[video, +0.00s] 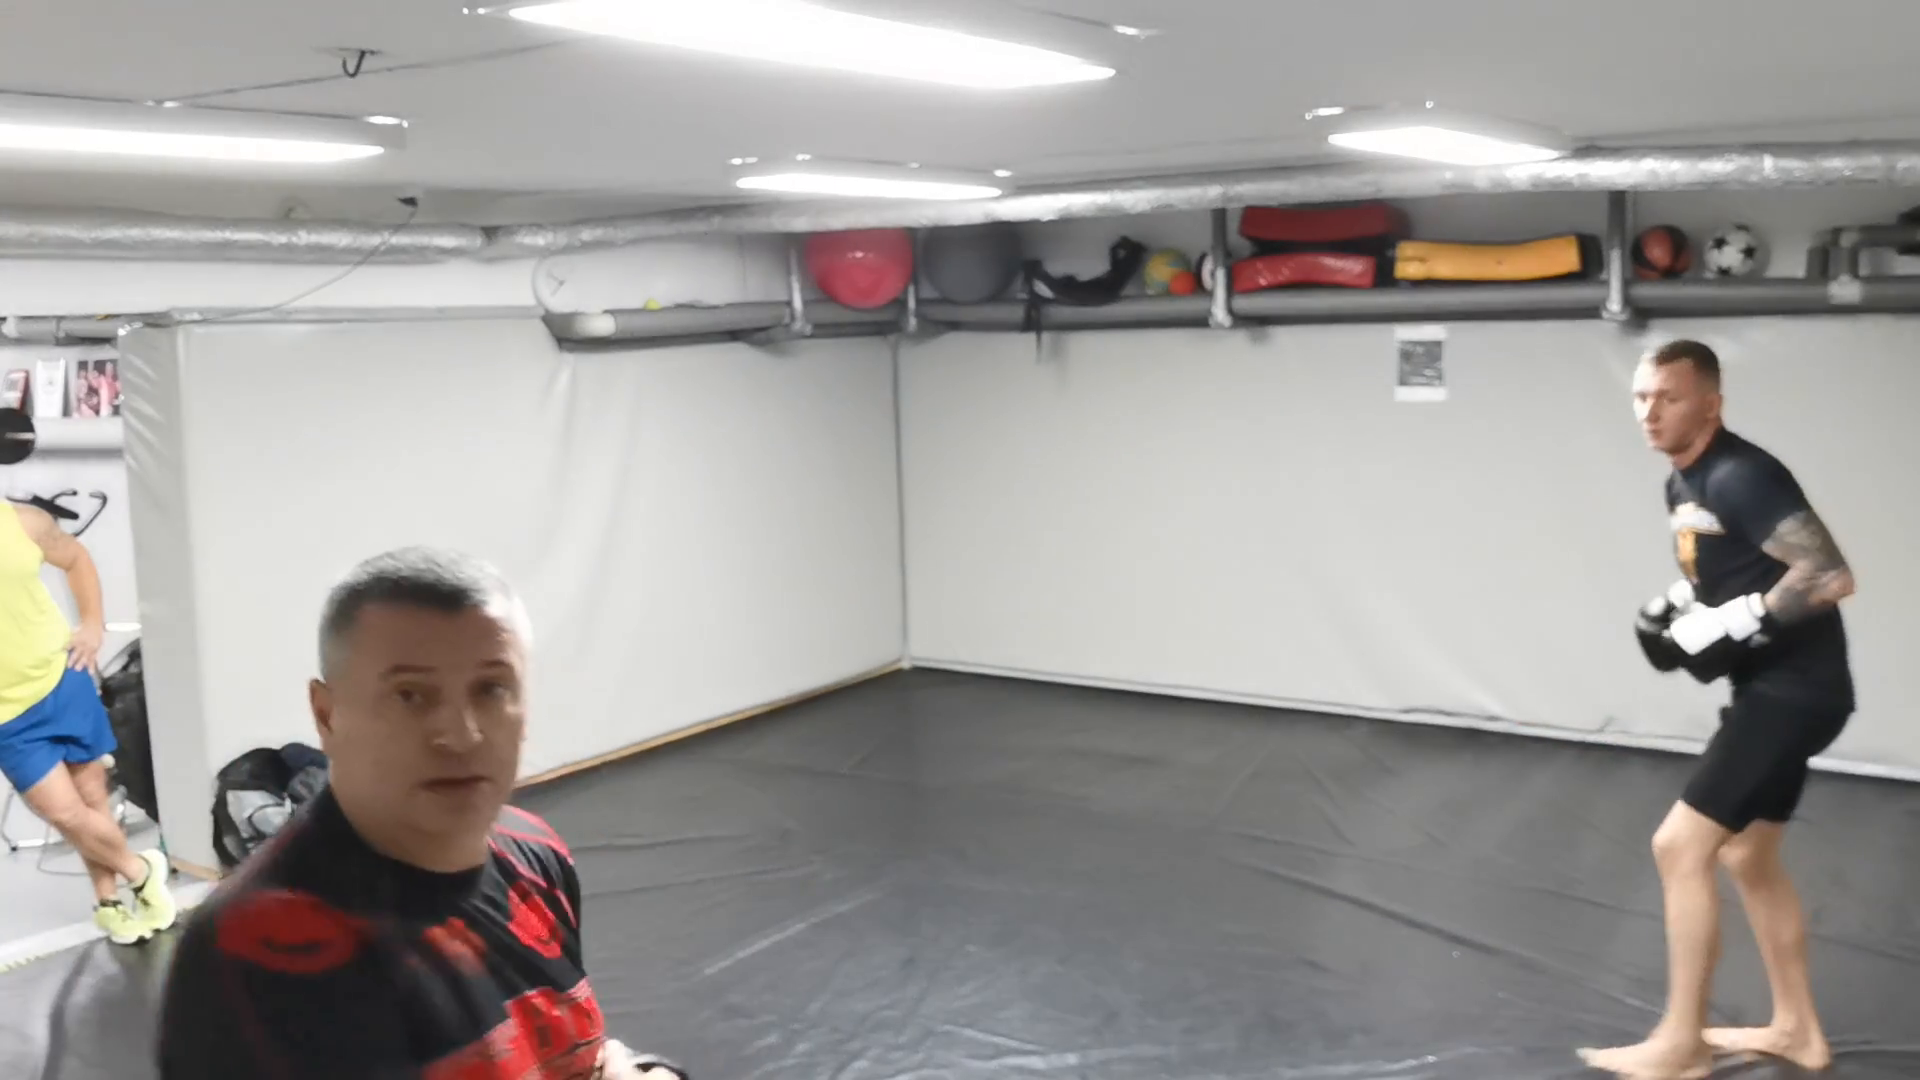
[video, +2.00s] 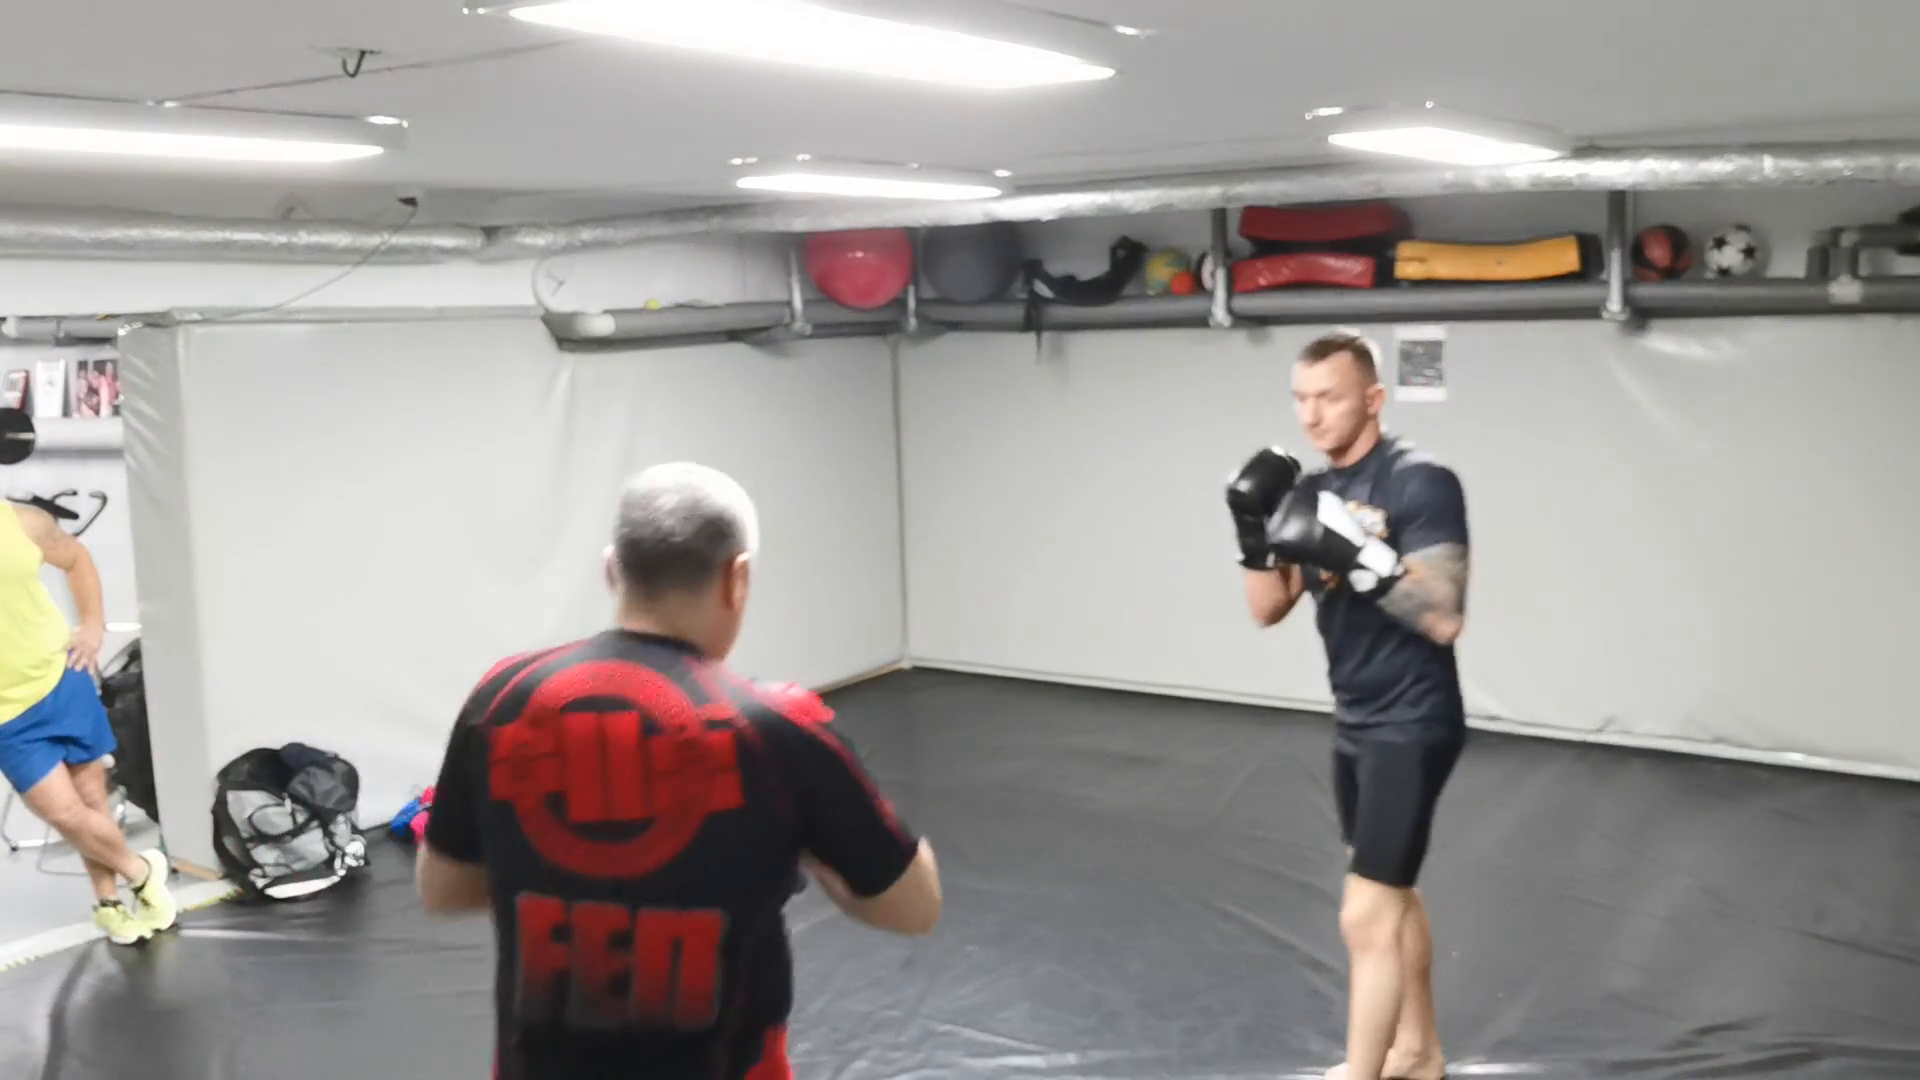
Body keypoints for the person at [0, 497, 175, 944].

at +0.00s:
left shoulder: (20, 521)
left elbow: (76, 558)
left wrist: (92, 623)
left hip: (62, 682)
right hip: (8, 715)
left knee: (92, 797)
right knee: (65, 815)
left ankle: (108, 901)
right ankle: (142, 872)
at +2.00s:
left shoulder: (20, 522)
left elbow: (76, 557)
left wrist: (92, 623)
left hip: (62, 683)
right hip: (7, 715)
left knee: (91, 798)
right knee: (65, 816)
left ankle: (107, 901)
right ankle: (142, 872)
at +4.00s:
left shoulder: (21, 522)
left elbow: (77, 558)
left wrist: (92, 623)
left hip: (61, 681)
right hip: (7, 714)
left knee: (91, 796)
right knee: (64, 816)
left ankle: (107, 901)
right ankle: (141, 872)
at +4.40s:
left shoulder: (20, 522)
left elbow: (77, 558)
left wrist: (92, 624)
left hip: (61, 682)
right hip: (8, 715)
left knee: (91, 798)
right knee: (65, 817)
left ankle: (108, 901)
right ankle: (142, 873)